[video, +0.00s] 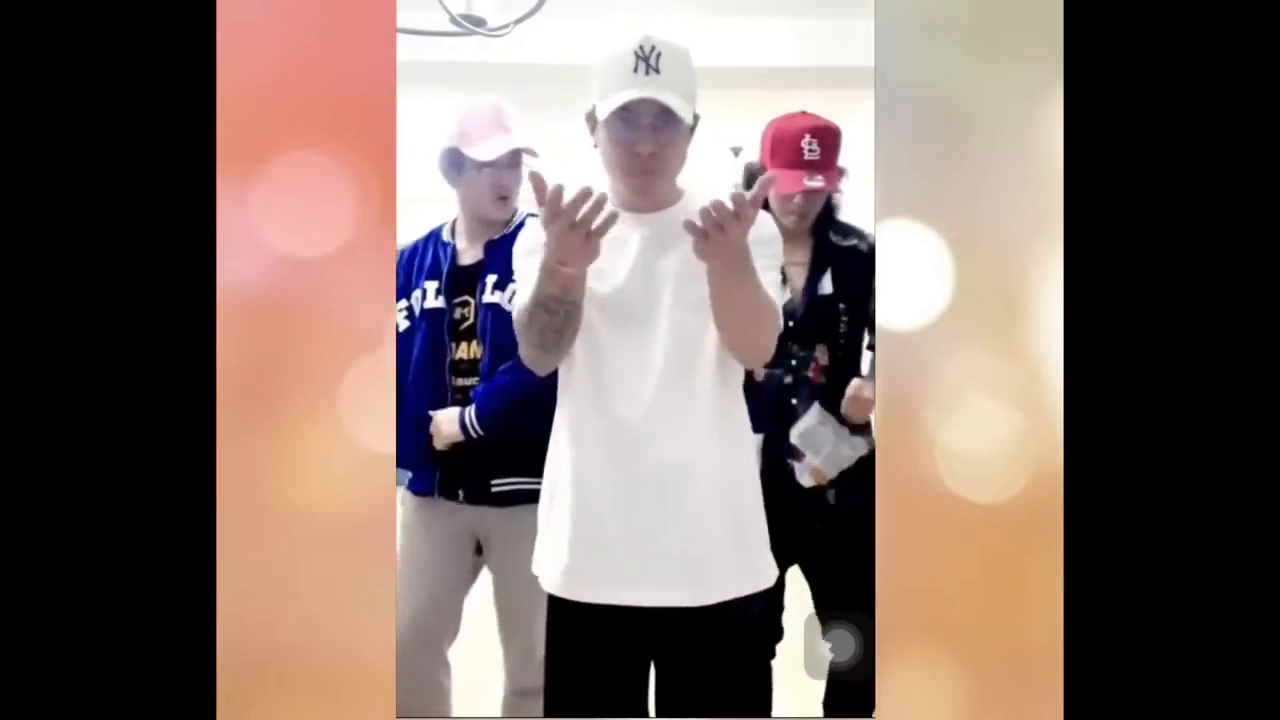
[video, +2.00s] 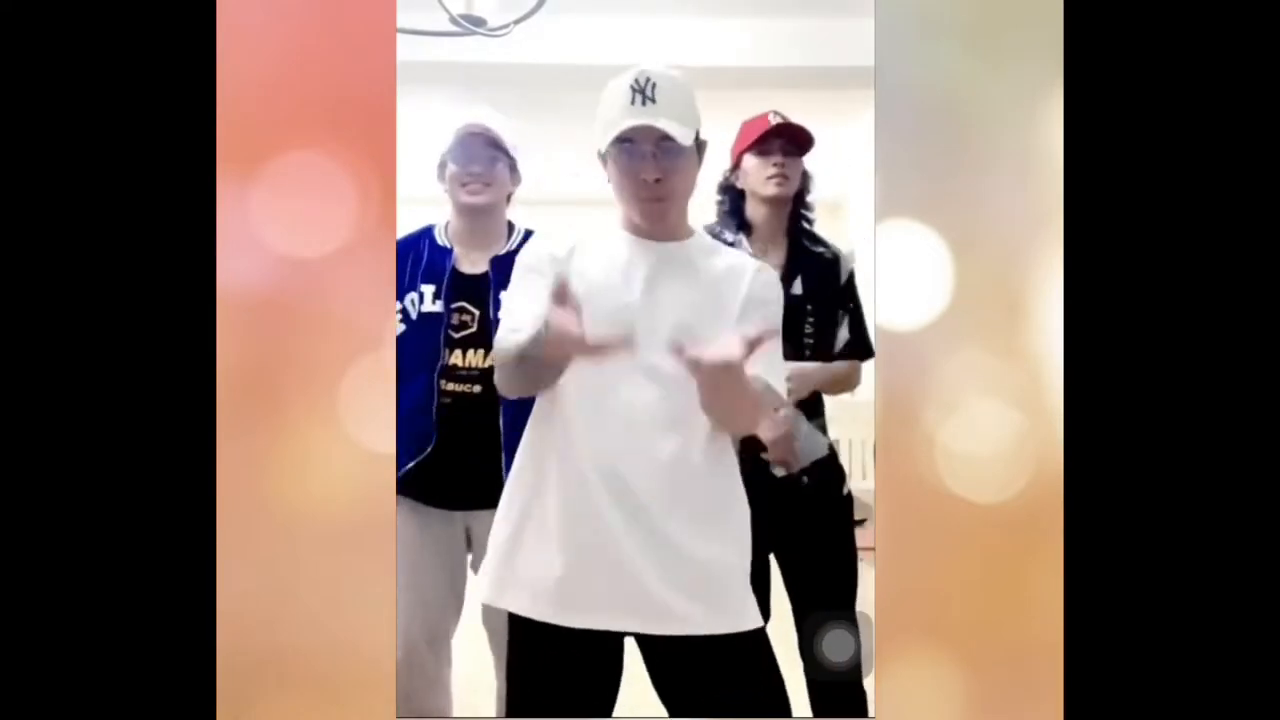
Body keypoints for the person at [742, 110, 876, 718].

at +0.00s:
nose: (808, 187)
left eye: (819, 175)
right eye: (794, 174)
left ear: (833, 179)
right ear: (764, 176)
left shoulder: (861, 255)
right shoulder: (735, 248)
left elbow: (895, 345)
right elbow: (711, 354)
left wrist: (874, 389)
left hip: (842, 477)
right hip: (749, 474)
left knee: (855, 644)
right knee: (745, 640)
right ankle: (745, 716)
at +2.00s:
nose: (781, 164)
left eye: (791, 155)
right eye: (766, 153)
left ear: (802, 172)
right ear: (737, 170)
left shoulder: (826, 262)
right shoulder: (704, 255)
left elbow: (850, 370)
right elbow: (687, 354)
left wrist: (811, 374)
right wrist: (753, 400)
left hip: (809, 466)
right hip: (725, 466)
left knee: (831, 644)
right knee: (733, 633)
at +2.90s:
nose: (796, 160)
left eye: (808, 149)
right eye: (783, 149)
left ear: (830, 160)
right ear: (758, 166)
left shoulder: (864, 245)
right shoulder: (741, 245)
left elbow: (897, 344)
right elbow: (744, 351)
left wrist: (798, 341)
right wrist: (844, 359)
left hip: (848, 473)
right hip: (761, 469)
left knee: (846, 635)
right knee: (763, 628)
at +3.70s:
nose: (794, 160)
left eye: (807, 149)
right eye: (780, 148)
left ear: (826, 165)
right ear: (757, 162)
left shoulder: (857, 255)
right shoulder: (731, 254)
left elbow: (898, 370)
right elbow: (707, 360)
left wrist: (866, 338)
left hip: (835, 482)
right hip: (745, 479)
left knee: (838, 653)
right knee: (740, 653)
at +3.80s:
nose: (797, 155)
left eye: (810, 144)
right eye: (783, 145)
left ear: (829, 161)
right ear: (761, 161)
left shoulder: (863, 252)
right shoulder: (738, 254)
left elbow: (888, 361)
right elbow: (715, 362)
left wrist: (837, 337)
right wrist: (755, 437)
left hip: (840, 479)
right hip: (750, 476)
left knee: (838, 648)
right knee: (743, 643)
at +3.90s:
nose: (800, 160)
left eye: (814, 150)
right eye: (786, 150)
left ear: (834, 167)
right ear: (763, 168)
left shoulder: (868, 255)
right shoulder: (737, 251)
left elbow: (891, 359)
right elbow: (720, 371)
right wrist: (763, 438)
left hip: (844, 479)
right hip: (753, 474)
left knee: (841, 646)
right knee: (747, 641)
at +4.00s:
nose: (805, 159)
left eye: (818, 149)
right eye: (791, 149)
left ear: (838, 165)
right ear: (769, 166)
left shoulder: (873, 250)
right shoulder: (742, 253)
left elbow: (898, 350)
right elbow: (724, 355)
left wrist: (856, 416)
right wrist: (773, 424)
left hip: (852, 468)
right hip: (764, 463)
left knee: (846, 634)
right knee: (754, 627)